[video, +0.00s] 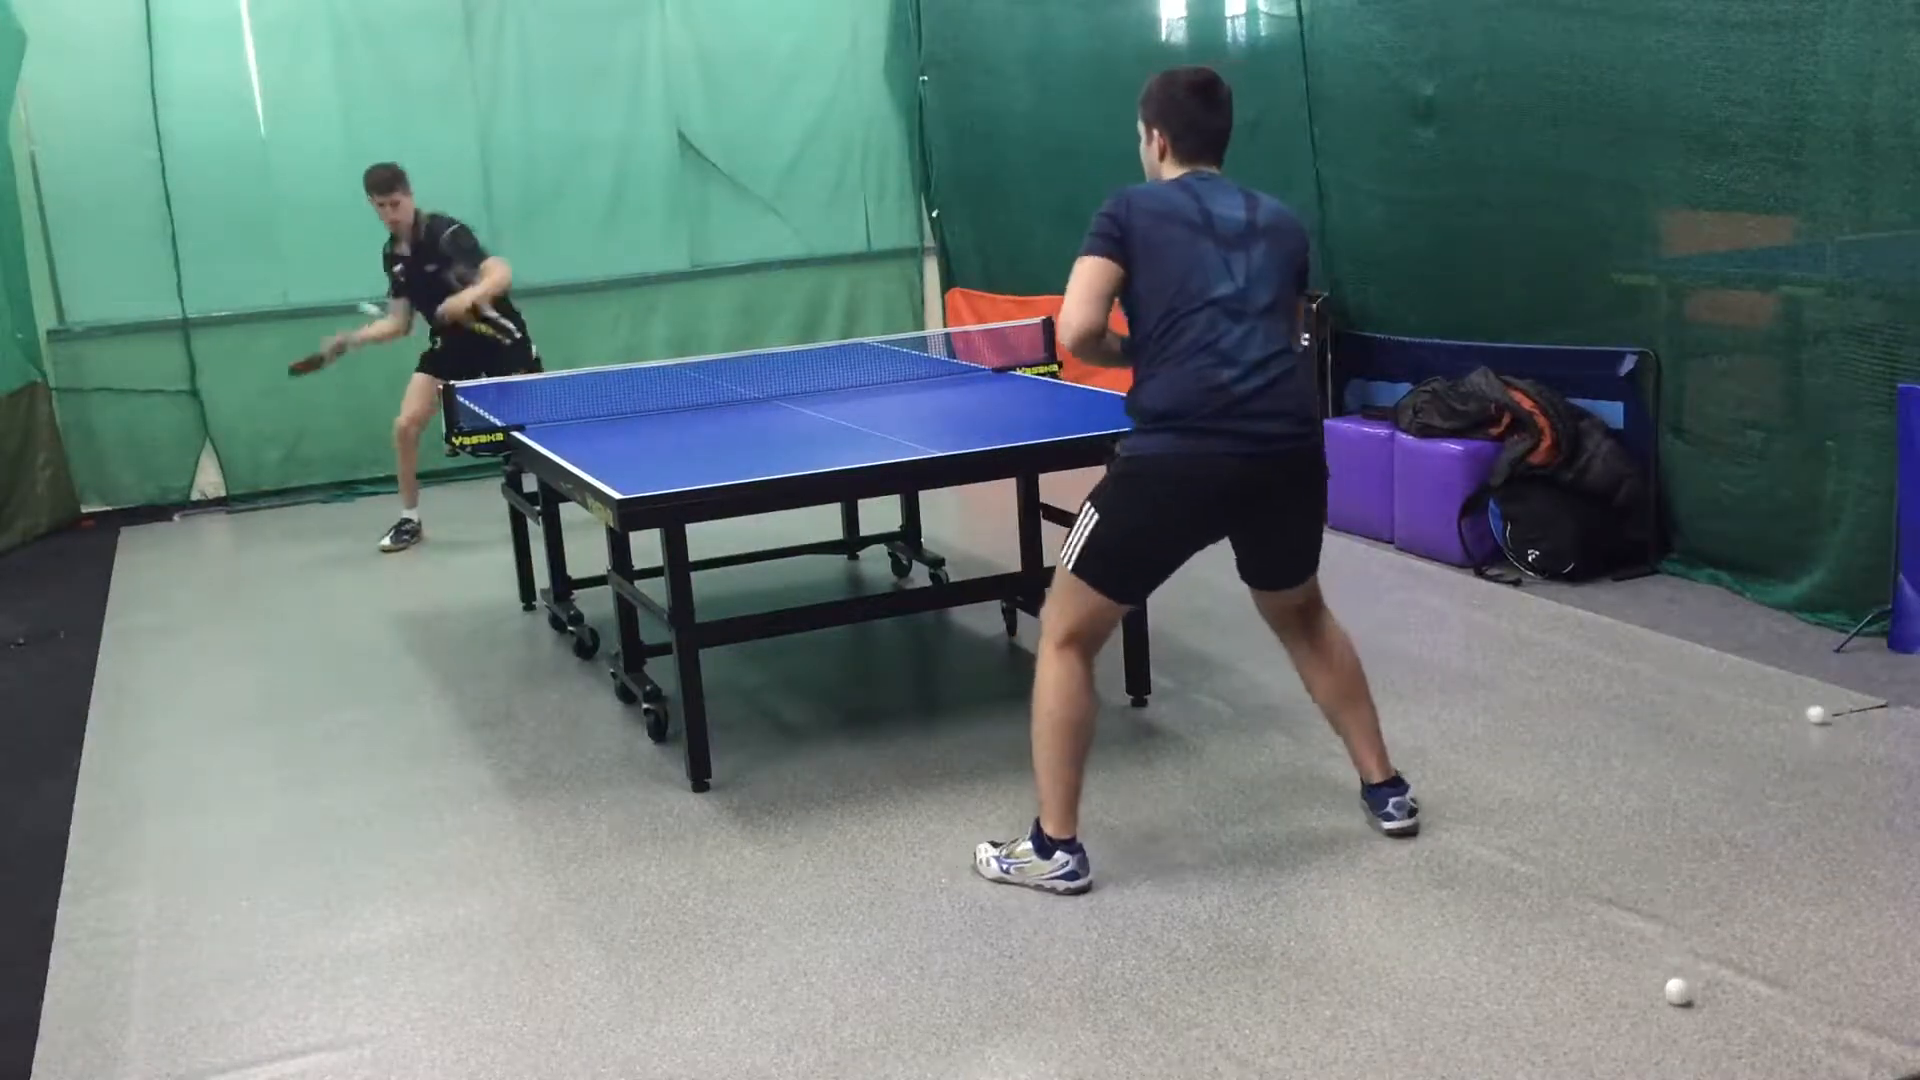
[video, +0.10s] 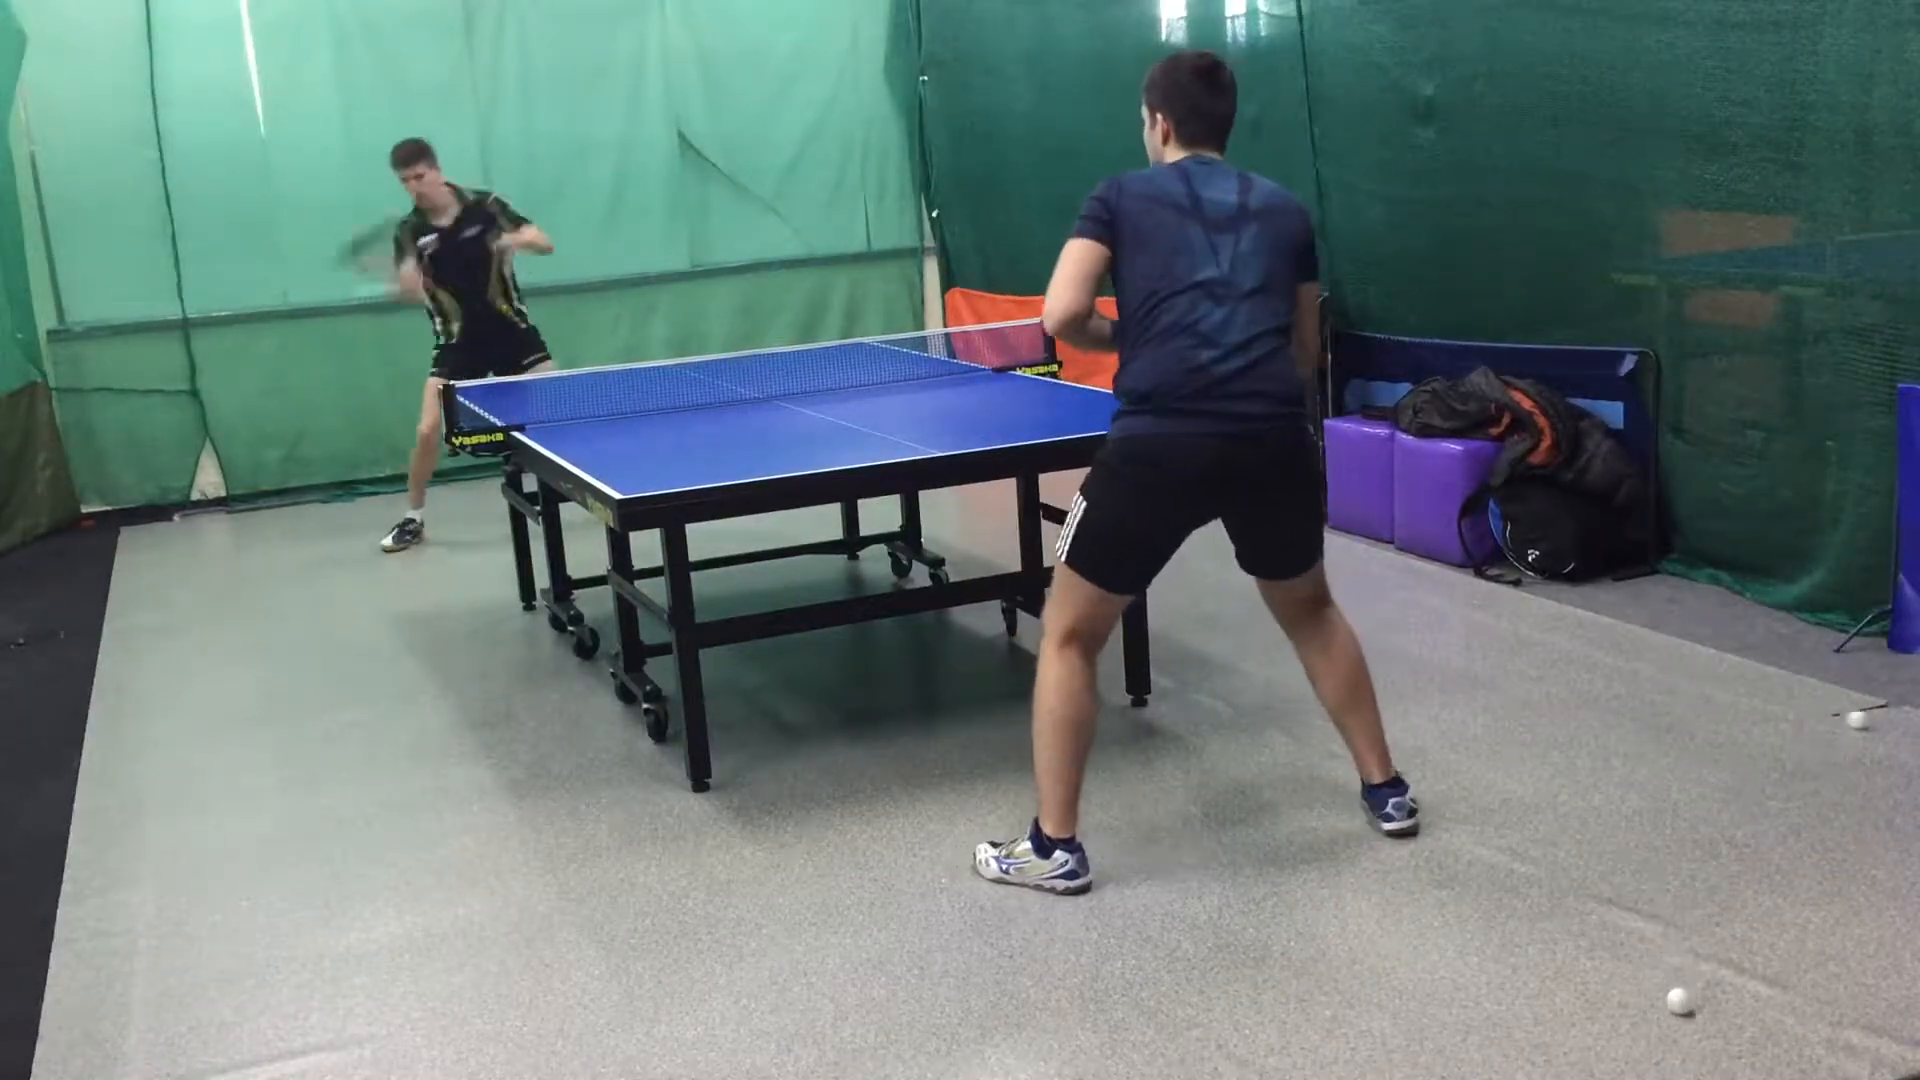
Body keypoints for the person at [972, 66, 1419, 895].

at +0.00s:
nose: (1142, 147)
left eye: (1143, 136)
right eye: (1147, 134)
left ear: (1155, 140)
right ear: (1225, 141)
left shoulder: (1131, 210)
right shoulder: (1284, 221)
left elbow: (1080, 330)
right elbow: (1287, 331)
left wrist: (1136, 352)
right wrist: (1192, 338)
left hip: (1174, 464)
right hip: (1286, 462)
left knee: (1068, 636)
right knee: (1303, 615)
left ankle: (1056, 844)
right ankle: (1386, 789)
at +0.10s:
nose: (1145, 131)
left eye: (1146, 120)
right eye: (1151, 119)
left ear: (1157, 125)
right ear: (1229, 126)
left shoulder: (1123, 197)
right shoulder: (1286, 209)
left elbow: (1062, 316)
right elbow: (1306, 353)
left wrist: (1127, 338)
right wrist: (1263, 397)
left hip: (1157, 450)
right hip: (1273, 448)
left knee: (1072, 638)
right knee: (1311, 612)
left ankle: (1055, 844)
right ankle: (1386, 790)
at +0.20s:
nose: (1156, 140)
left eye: (1155, 129)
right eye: (1163, 127)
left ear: (1164, 133)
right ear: (1237, 133)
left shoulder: (1118, 206)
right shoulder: (1289, 217)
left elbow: (1054, 322)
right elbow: (1316, 358)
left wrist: (1116, 343)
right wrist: (1366, 405)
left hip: (1147, 456)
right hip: (1264, 454)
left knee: (1066, 641)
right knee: (1318, 614)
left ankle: (1052, 844)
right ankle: (1385, 791)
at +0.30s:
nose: (1173, 162)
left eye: (1173, 152)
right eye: (1183, 153)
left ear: (1182, 158)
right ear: (1255, 162)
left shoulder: (1128, 228)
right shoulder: (1297, 243)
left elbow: (1058, 342)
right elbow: (1319, 394)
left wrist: (1131, 369)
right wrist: (1368, 383)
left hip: (1140, 480)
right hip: (1261, 481)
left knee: (1060, 647)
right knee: (1327, 616)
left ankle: (1052, 844)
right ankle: (1386, 792)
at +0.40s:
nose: (1182, 159)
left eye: (1182, 148)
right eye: (1195, 150)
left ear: (1190, 154)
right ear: (1262, 164)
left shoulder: (1131, 227)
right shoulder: (1300, 248)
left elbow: (1063, 342)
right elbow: (1314, 395)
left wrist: (1137, 366)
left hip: (1145, 483)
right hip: (1264, 484)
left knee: (1066, 648)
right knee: (1328, 615)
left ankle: (1052, 843)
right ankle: (1386, 791)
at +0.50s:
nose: (1170, 140)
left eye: (1172, 129)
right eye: (1182, 129)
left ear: (1182, 136)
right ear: (1254, 143)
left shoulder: (1131, 206)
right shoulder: (1298, 231)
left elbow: (1063, 324)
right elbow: (1302, 374)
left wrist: (1128, 347)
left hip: (1152, 466)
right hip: (1267, 463)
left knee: (1070, 641)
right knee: (1323, 612)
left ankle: (1053, 843)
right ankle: (1385, 789)